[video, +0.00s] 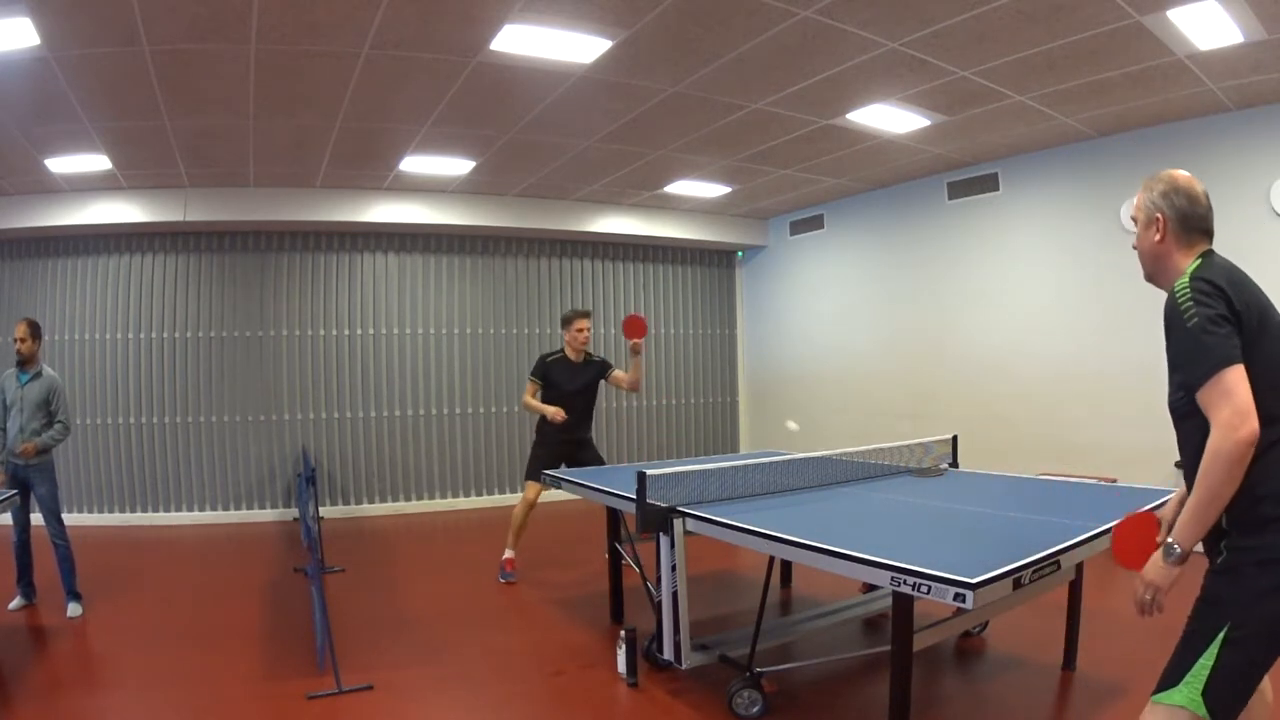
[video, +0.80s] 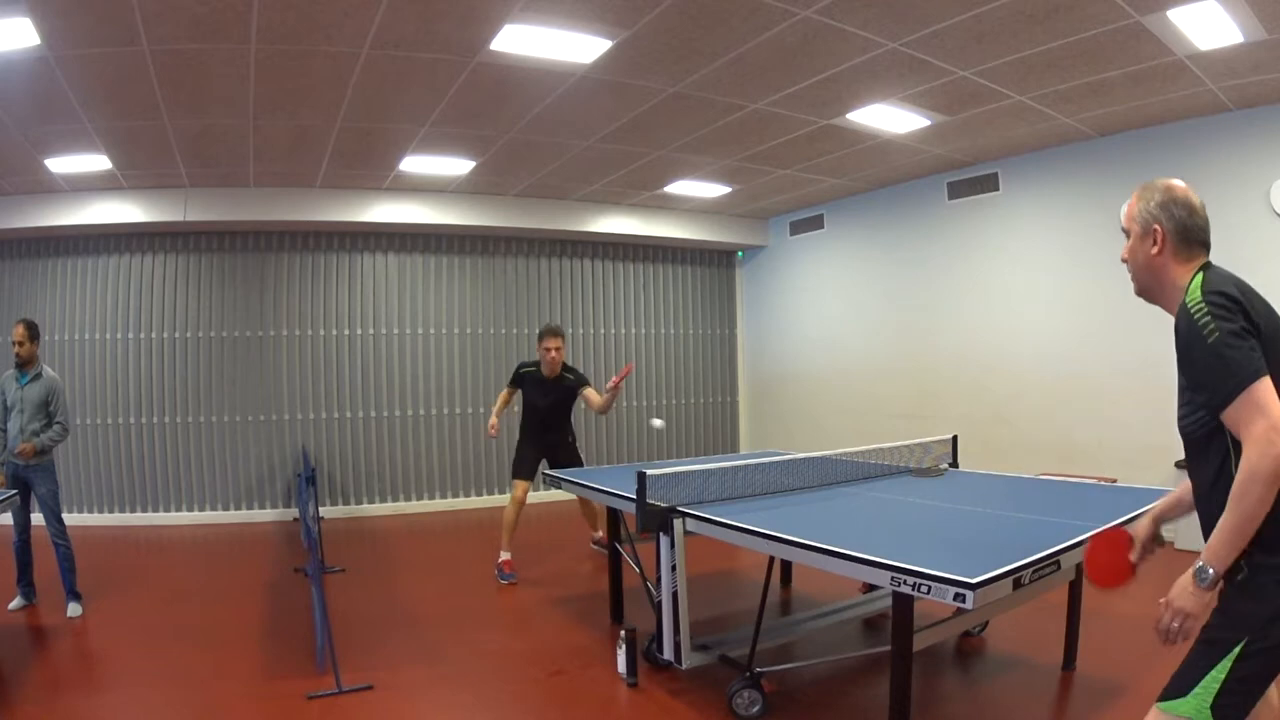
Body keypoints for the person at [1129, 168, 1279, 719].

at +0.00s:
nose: (1132, 243)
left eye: (1135, 226)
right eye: (1132, 227)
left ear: (1160, 228)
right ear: (1186, 226)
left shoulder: (1193, 293)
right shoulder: (1226, 282)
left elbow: (1237, 429)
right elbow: (1228, 427)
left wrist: (1171, 552)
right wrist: (1185, 502)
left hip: (1257, 554)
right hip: (1264, 546)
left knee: (1173, 711)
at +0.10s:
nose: (1133, 252)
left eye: (1139, 235)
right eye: (1134, 236)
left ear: (1166, 239)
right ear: (1176, 239)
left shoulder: (1209, 305)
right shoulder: (1224, 297)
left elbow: (1262, 433)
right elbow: (1227, 445)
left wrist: (1200, 550)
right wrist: (1154, 511)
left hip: (1265, 555)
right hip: (1264, 549)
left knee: (1185, 708)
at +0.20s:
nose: (1130, 245)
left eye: (1137, 227)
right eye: (1131, 229)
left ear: (1171, 232)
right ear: (1172, 233)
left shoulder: (1226, 296)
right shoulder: (1200, 324)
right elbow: (1160, 449)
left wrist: (1227, 542)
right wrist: (1079, 477)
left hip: (1268, 550)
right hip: (1257, 548)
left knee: (1199, 708)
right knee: (1215, 705)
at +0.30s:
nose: (1125, 229)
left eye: (1133, 213)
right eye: (1126, 214)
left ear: (1170, 219)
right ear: (1167, 222)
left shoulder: (1231, 284)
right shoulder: (1182, 324)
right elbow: (1118, 418)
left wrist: (1254, 536)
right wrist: (1027, 428)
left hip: (1270, 549)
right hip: (1252, 550)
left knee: (1206, 709)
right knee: (1229, 706)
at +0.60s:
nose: (1111, 215)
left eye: (1115, 196)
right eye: (1111, 198)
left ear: (1147, 200)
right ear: (1155, 200)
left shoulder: (1200, 271)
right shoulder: (1202, 271)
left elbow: (1273, 401)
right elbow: (1195, 421)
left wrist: (1236, 560)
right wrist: (1094, 431)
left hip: (1260, 564)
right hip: (1259, 560)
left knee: (1191, 712)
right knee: (1203, 710)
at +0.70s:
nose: (1116, 226)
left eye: (1123, 207)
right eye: (1118, 208)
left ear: (1153, 212)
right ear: (1161, 212)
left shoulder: (1199, 286)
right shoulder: (1219, 275)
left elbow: (1266, 417)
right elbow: (1226, 428)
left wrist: (1214, 564)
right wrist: (1138, 465)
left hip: (1259, 567)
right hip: (1261, 560)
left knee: (1184, 711)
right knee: (1208, 707)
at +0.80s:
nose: (1122, 256)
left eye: (1126, 238)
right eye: (1122, 239)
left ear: (1156, 240)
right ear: (1171, 239)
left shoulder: (1204, 315)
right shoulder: (1225, 298)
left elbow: (1267, 443)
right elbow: (1235, 450)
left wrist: (1205, 574)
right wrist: (1159, 514)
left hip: (1264, 573)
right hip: (1263, 566)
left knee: (1180, 712)